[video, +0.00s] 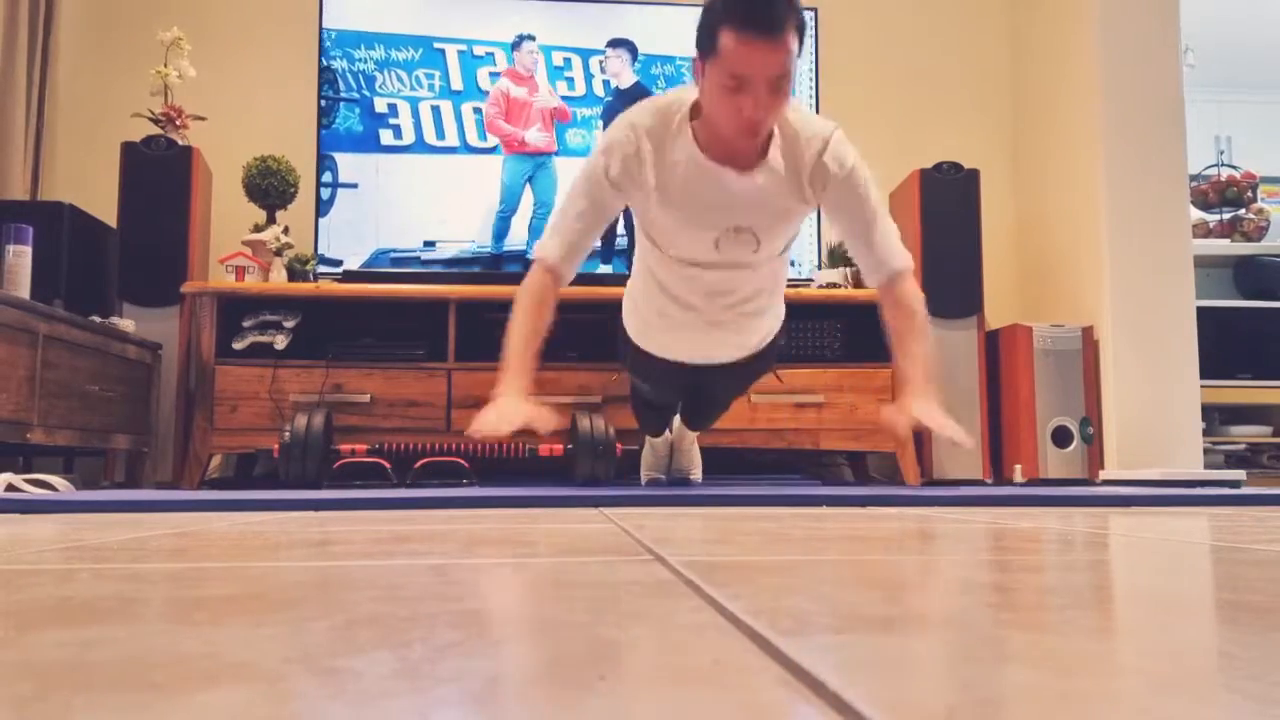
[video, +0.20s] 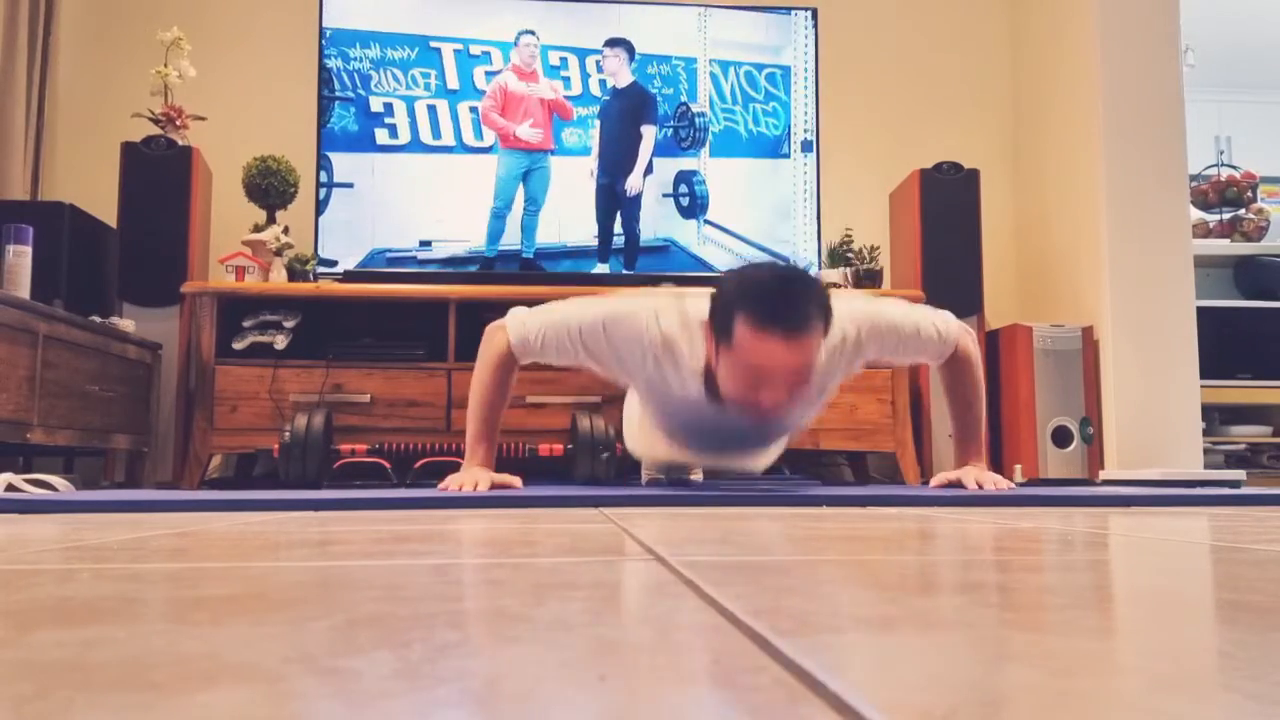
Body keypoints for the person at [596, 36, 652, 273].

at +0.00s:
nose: (606, 63)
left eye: (612, 58)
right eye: (606, 58)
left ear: (627, 61)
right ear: (610, 61)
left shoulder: (645, 97)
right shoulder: (611, 99)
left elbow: (653, 135)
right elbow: (603, 134)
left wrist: (646, 164)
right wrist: (600, 163)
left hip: (637, 166)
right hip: (612, 166)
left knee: (633, 218)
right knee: (607, 216)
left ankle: (634, 262)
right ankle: (605, 261)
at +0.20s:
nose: (602, 62)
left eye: (607, 57)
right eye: (602, 57)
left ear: (623, 60)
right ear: (609, 60)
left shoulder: (644, 97)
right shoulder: (608, 98)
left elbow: (648, 138)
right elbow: (600, 133)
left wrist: (638, 173)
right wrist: (595, 159)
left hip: (629, 172)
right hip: (606, 170)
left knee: (630, 225)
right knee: (604, 221)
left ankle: (628, 270)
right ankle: (603, 263)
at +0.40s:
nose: (602, 61)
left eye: (607, 57)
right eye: (601, 56)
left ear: (622, 59)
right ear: (605, 59)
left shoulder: (642, 97)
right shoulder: (606, 96)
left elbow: (647, 137)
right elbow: (597, 130)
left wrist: (636, 173)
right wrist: (593, 158)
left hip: (628, 171)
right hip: (604, 169)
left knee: (628, 223)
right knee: (602, 219)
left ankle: (627, 268)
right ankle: (601, 262)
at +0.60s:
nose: (600, 61)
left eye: (604, 56)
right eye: (601, 57)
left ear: (620, 59)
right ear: (616, 59)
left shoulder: (643, 97)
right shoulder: (605, 96)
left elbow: (647, 136)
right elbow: (598, 131)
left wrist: (636, 172)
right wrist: (592, 158)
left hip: (628, 175)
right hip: (604, 172)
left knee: (625, 232)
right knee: (602, 229)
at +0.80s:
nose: (601, 61)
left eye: (605, 57)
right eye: (602, 57)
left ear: (621, 59)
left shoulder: (644, 97)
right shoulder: (605, 96)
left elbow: (648, 138)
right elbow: (598, 130)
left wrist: (641, 174)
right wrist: (593, 158)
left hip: (629, 176)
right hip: (604, 174)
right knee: (602, 227)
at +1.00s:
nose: (603, 62)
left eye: (608, 58)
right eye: (603, 58)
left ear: (623, 61)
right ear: (608, 61)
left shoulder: (643, 97)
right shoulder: (605, 97)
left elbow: (648, 137)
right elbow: (599, 131)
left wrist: (638, 172)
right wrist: (593, 157)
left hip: (629, 171)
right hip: (605, 169)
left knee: (629, 222)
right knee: (603, 219)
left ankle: (627, 267)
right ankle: (601, 261)